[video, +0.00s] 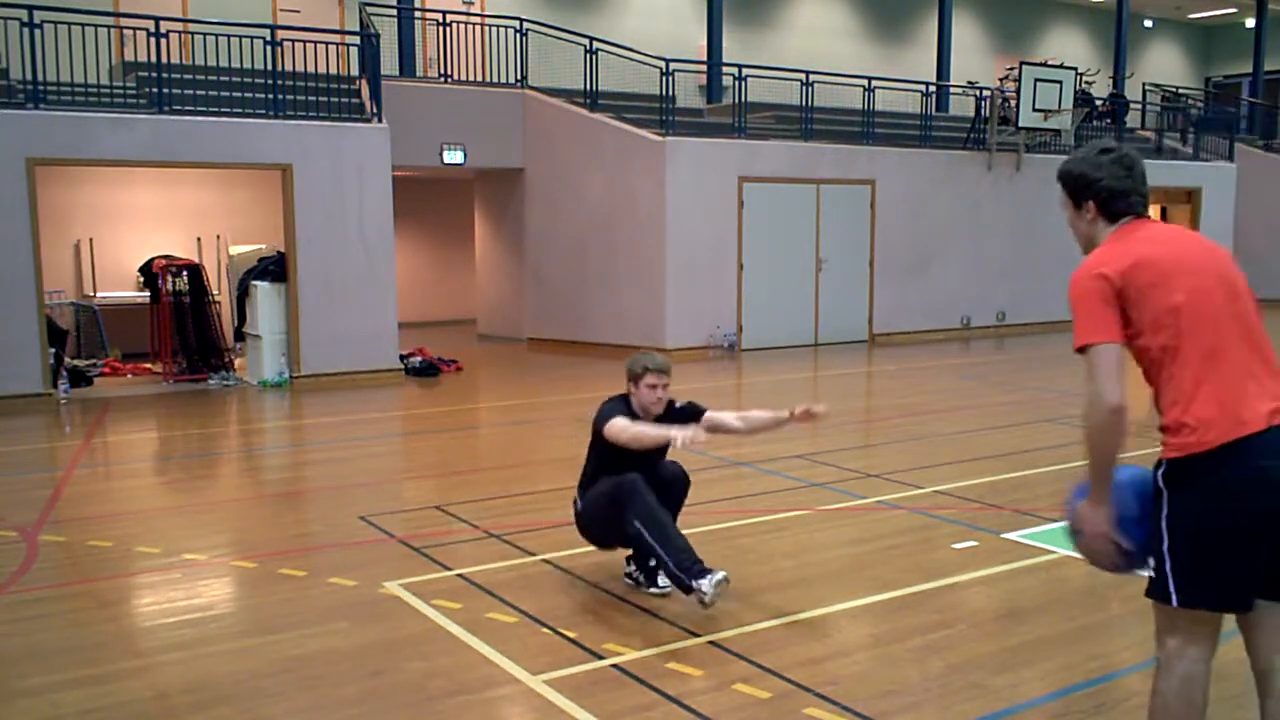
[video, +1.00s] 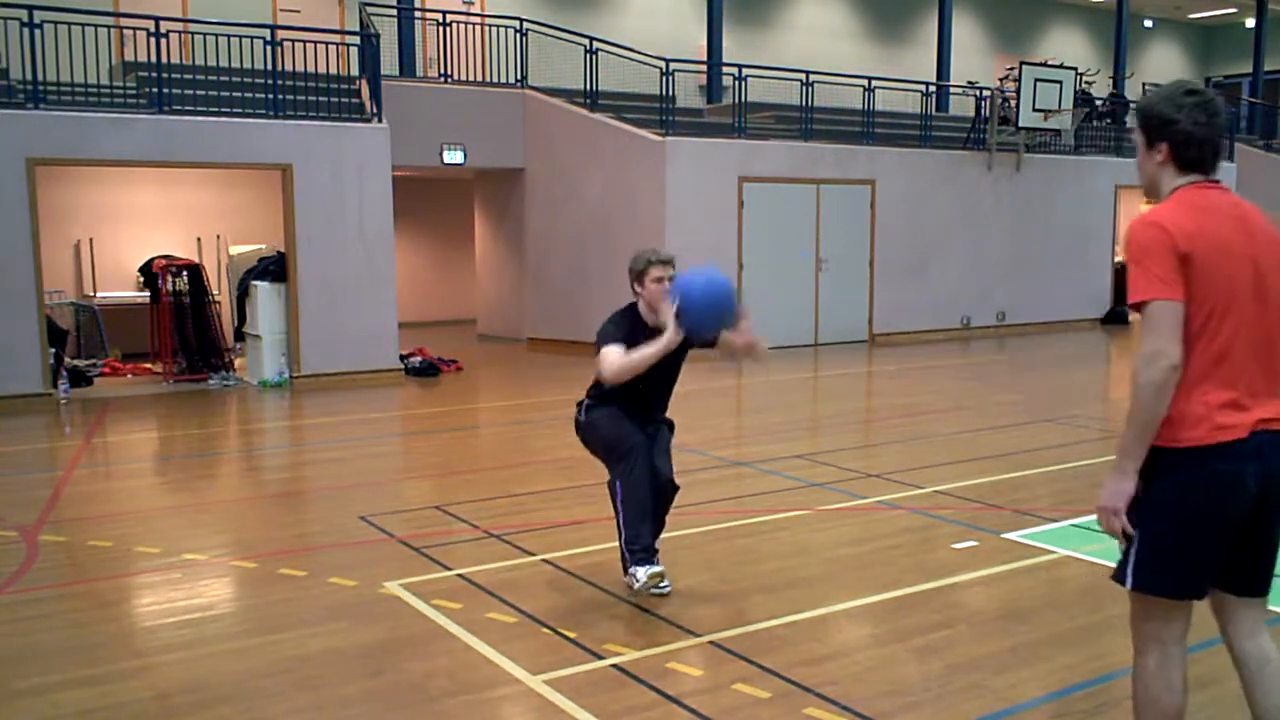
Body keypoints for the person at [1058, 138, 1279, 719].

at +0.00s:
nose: (1068, 223)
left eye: (1067, 209)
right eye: (1066, 209)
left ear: (1089, 207)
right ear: (1139, 200)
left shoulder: (1101, 270)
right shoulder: (1203, 245)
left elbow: (1111, 402)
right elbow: (1232, 369)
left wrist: (1099, 500)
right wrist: (1175, 471)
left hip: (1208, 463)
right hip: (1274, 447)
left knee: (1184, 646)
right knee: (1268, 625)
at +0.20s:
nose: (1063, 206)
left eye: (1063, 192)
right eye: (1063, 193)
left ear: (1081, 193)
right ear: (1134, 187)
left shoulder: (1090, 259)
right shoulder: (1198, 242)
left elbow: (1049, 392)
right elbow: (1168, 369)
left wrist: (995, 422)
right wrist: (1073, 409)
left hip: (1187, 460)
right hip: (1263, 445)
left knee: (1173, 645)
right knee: (1258, 624)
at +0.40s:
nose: (1068, 183)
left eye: (1068, 169)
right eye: (1069, 170)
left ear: (1084, 170)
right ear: (1138, 164)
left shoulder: (1092, 241)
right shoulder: (1194, 229)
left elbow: (1035, 359)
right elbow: (1146, 342)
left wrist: (969, 353)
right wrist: (1050, 336)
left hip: (1169, 458)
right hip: (1248, 447)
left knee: (1160, 643)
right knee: (1241, 622)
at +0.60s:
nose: (1078, 171)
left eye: (1079, 158)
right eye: (1077, 158)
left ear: (1098, 160)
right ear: (1150, 158)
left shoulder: (1103, 235)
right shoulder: (1206, 226)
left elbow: (1072, 365)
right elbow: (1202, 348)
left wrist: (1007, 406)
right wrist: (1098, 371)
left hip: (1161, 459)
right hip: (1239, 452)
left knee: (1150, 635)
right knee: (1221, 614)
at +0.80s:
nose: (1096, 165)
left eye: (1098, 151)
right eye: (1097, 152)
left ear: (1119, 155)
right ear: (1169, 153)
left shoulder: (1124, 231)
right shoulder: (1225, 224)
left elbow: (1134, 361)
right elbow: (1240, 332)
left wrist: (1085, 458)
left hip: (1166, 463)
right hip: (1242, 455)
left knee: (1147, 631)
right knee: (1223, 616)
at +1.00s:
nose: (1136, 156)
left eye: (1138, 143)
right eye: (1136, 143)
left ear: (1160, 149)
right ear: (1212, 150)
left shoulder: (1159, 226)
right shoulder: (1262, 224)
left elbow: (1162, 359)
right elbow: (1266, 338)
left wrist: (1124, 470)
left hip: (1189, 463)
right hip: (1264, 457)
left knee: (1158, 636)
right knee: (1246, 615)